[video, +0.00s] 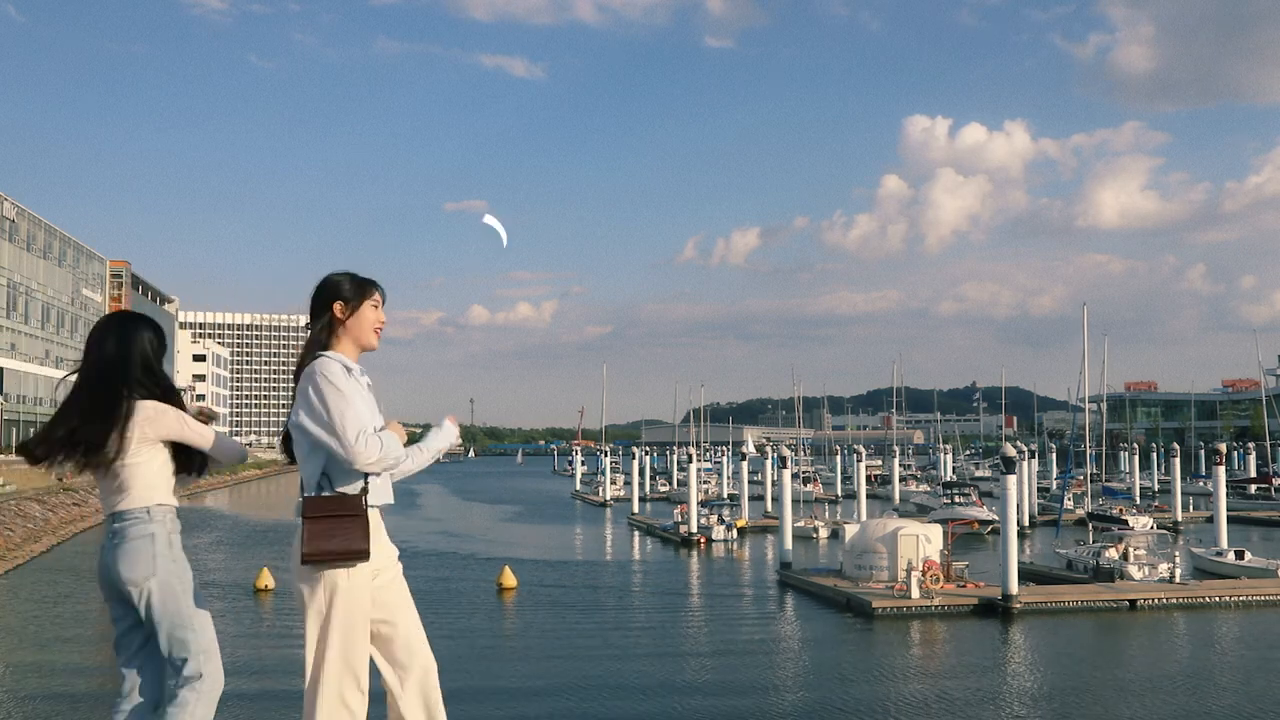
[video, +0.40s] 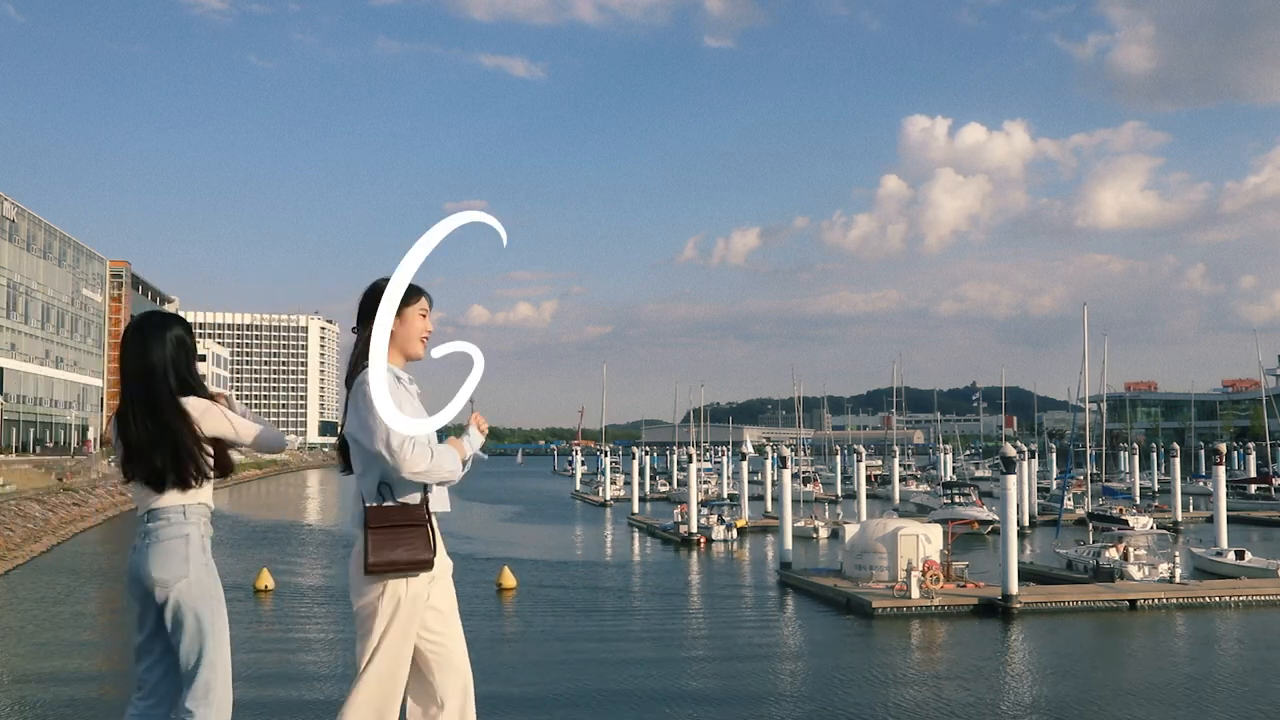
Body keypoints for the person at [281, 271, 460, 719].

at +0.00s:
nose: (383, 319)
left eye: (383, 309)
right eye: (375, 308)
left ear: (348, 315)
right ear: (341, 312)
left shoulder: (356, 378)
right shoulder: (325, 372)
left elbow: (385, 466)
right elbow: (359, 451)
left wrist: (437, 442)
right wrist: (391, 438)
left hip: (371, 527)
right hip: (337, 529)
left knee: (415, 669)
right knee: (338, 679)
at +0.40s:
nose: (429, 326)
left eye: (429, 317)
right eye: (420, 315)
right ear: (389, 321)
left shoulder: (405, 386)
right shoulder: (373, 384)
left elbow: (423, 463)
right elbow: (408, 458)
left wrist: (460, 451)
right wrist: (462, 447)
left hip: (425, 533)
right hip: (390, 534)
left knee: (450, 684)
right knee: (378, 686)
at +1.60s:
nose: (553, 327)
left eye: (552, 316)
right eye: (544, 318)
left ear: (529, 324)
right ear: (520, 325)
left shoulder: (548, 376)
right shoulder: (507, 384)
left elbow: (595, 335)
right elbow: (552, 330)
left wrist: (632, 278)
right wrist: (595, 273)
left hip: (565, 538)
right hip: (527, 544)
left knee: (619, 679)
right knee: (552, 696)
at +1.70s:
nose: (563, 314)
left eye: (563, 304)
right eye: (556, 305)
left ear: (536, 311)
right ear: (532, 312)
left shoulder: (562, 365)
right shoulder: (526, 367)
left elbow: (603, 334)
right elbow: (570, 312)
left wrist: (602, 271)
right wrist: (565, 263)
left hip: (578, 526)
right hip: (539, 531)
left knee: (622, 675)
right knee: (548, 688)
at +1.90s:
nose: (592, 336)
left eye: (593, 325)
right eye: (588, 328)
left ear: (562, 329)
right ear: (563, 329)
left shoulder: (578, 380)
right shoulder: (544, 381)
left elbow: (635, 346)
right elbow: (601, 344)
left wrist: (643, 279)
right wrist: (617, 246)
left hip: (600, 535)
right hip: (574, 536)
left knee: (642, 692)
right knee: (570, 694)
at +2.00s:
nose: (607, 333)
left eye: (605, 324)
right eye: (600, 323)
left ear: (577, 329)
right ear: (574, 329)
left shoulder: (592, 384)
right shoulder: (553, 383)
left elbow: (641, 341)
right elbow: (609, 332)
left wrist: (687, 280)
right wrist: (658, 252)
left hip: (622, 539)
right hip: (586, 541)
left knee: (657, 698)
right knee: (603, 699)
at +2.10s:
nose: (621, 331)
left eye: (622, 321)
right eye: (614, 322)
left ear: (589, 328)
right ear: (586, 326)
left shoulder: (607, 381)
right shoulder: (568, 383)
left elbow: (653, 343)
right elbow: (619, 339)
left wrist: (678, 279)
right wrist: (637, 274)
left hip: (637, 540)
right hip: (598, 545)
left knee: (661, 697)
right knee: (604, 700)